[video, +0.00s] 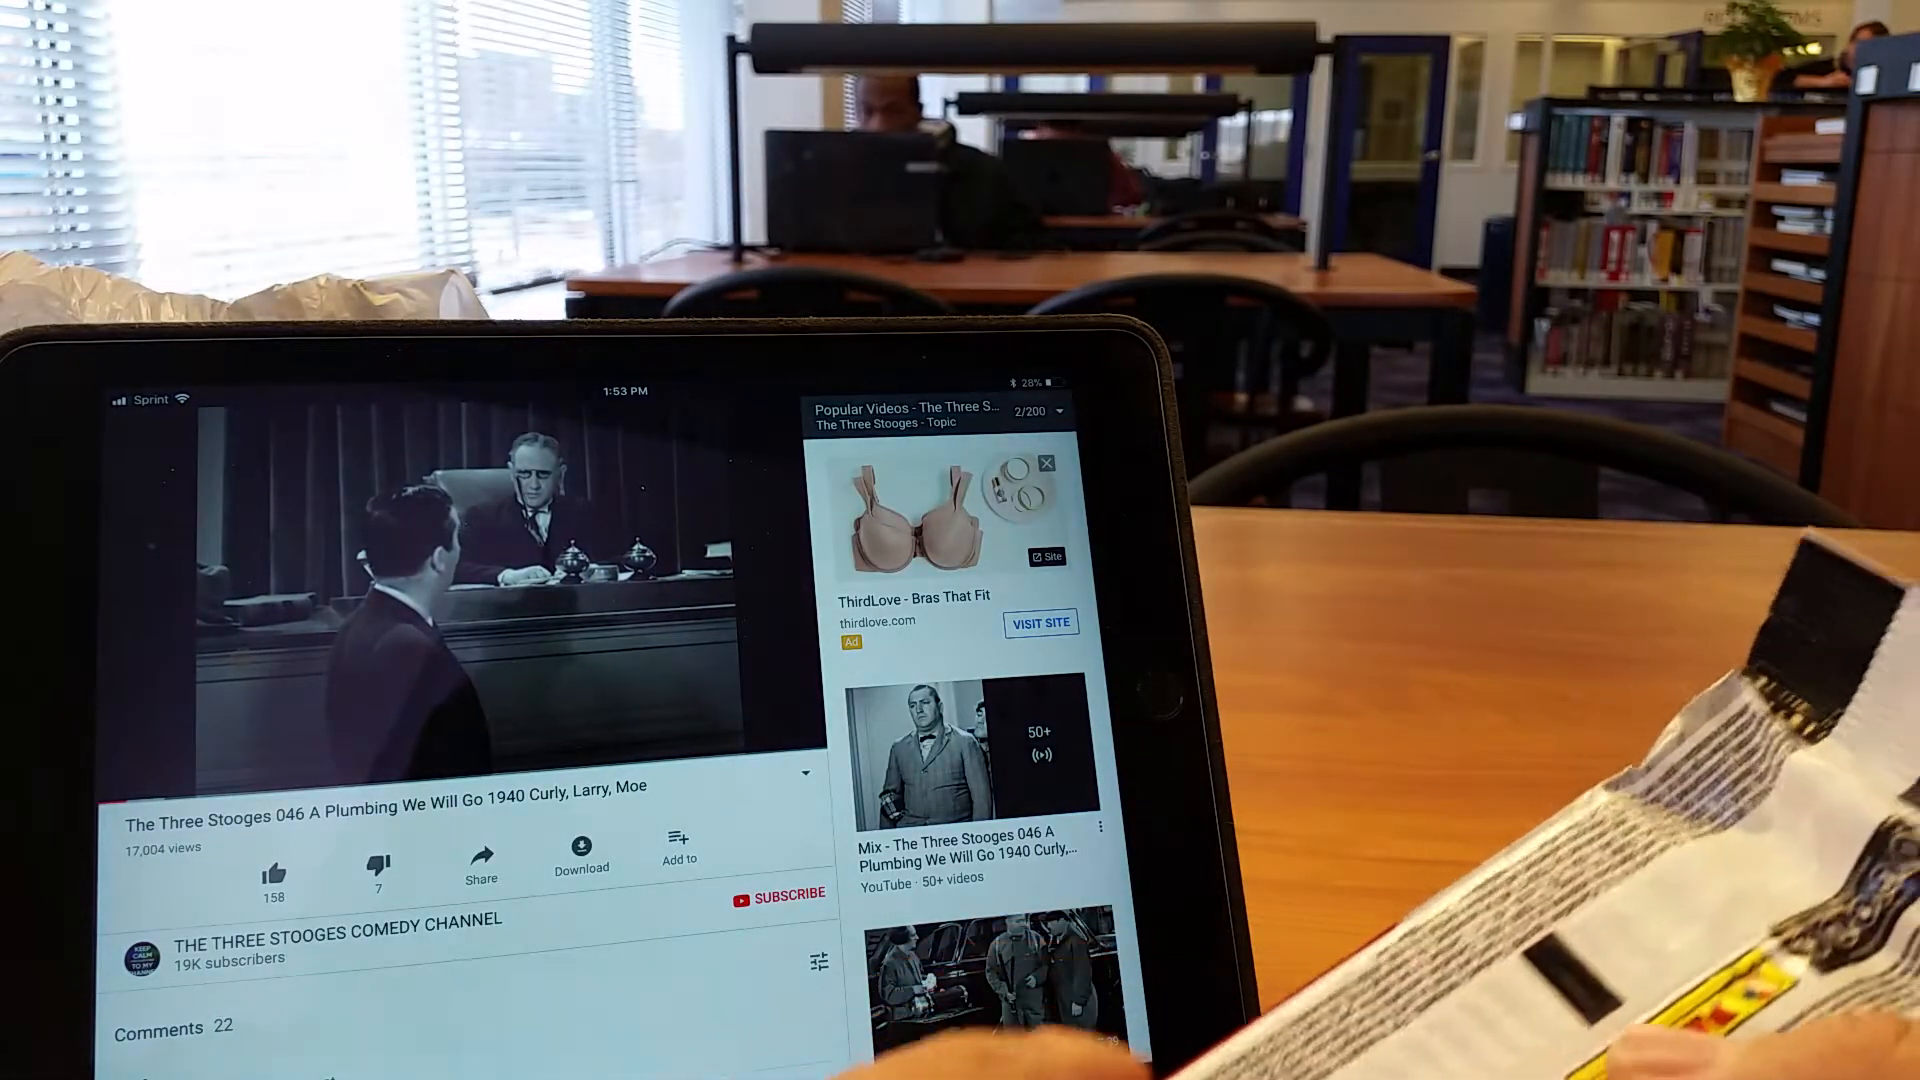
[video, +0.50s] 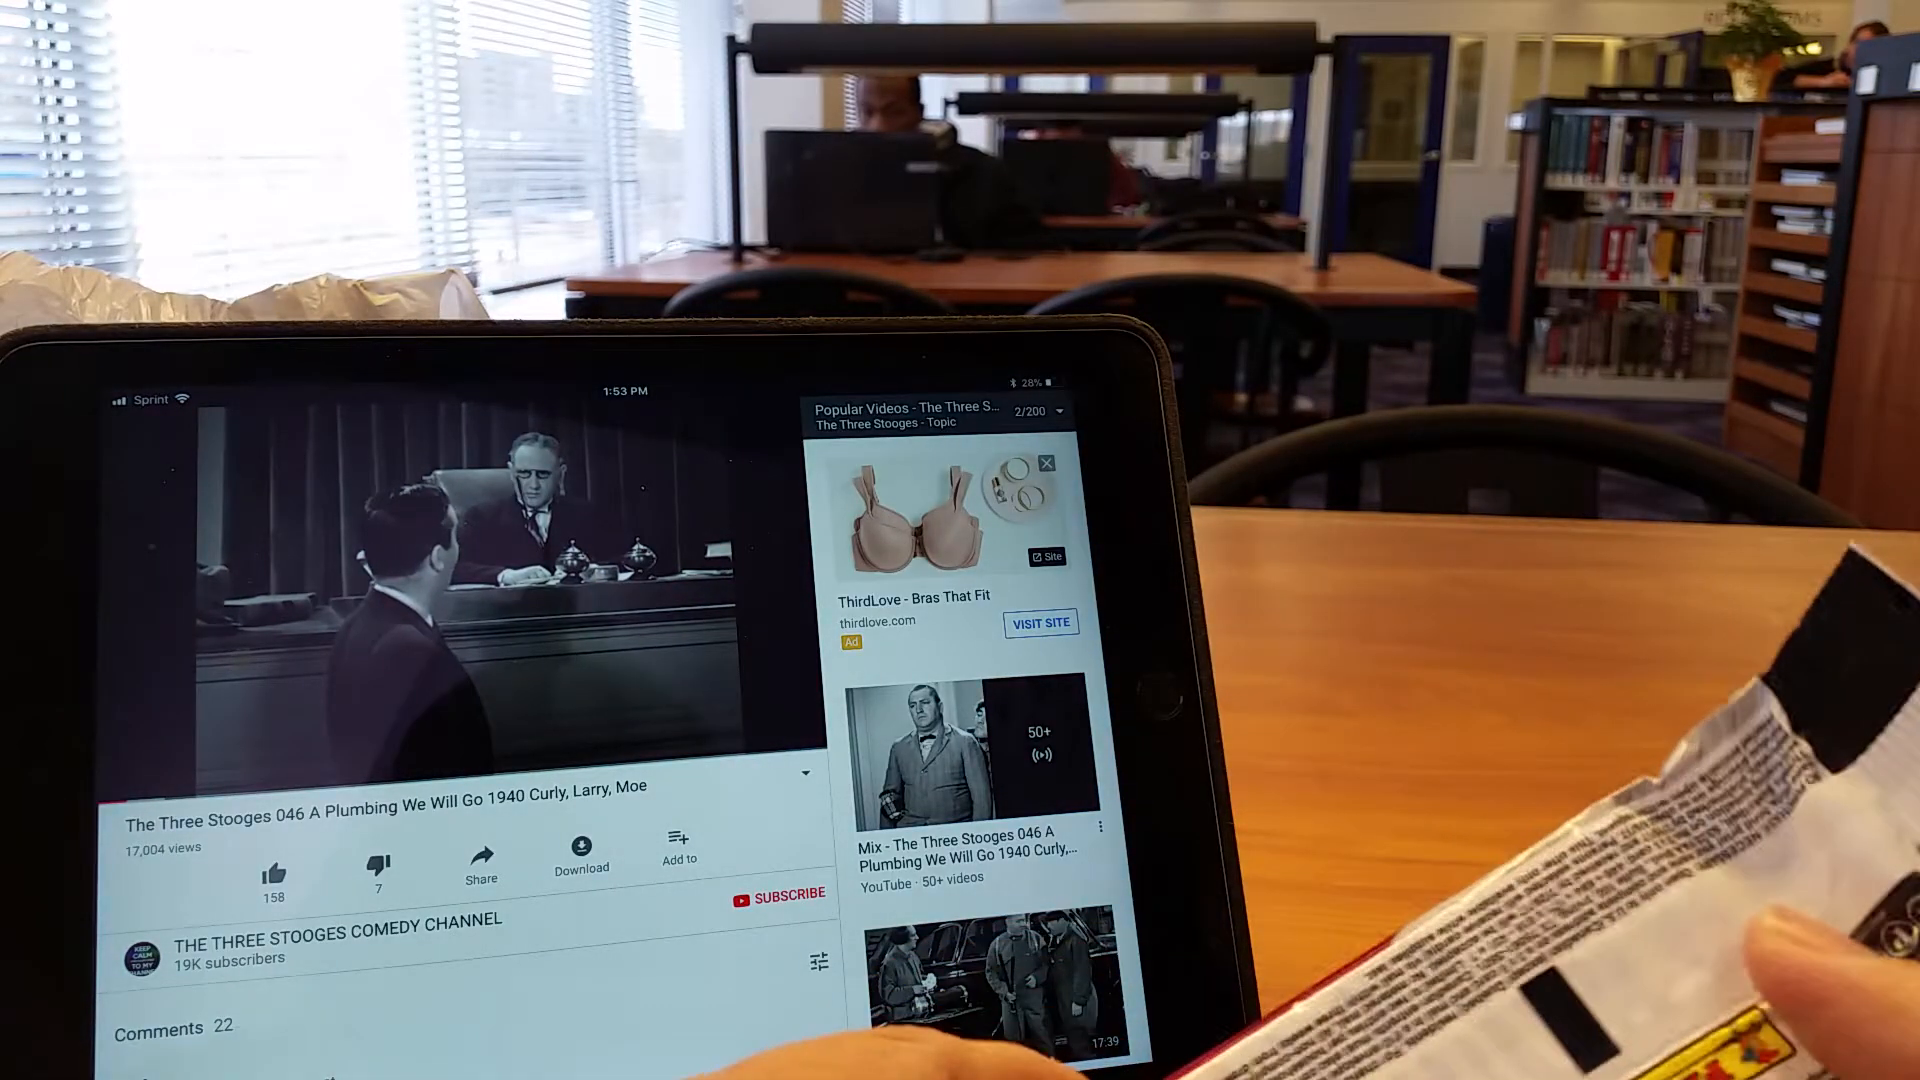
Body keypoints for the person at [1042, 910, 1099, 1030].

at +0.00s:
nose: (1049, 926)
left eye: (1052, 922)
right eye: (1047, 923)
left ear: (1062, 921)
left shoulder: (1076, 942)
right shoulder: (1057, 943)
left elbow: (1082, 972)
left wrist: (1079, 1001)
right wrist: (1036, 977)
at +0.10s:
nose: (1050, 928)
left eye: (1052, 924)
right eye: (1048, 925)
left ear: (1062, 922)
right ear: (1048, 926)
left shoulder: (1075, 940)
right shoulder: (1055, 942)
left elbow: (1083, 971)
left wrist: (1079, 1000)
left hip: (1076, 998)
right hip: (1063, 999)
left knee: (1081, 1043)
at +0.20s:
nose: (1049, 928)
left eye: (1052, 923)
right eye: (1047, 924)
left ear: (1062, 922)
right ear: (1047, 926)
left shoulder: (1075, 939)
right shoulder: (1054, 942)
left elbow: (1083, 971)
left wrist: (1079, 1000)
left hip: (1077, 998)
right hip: (1063, 999)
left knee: (1081, 1045)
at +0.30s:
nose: (1049, 928)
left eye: (1052, 923)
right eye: (1047, 924)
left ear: (1062, 922)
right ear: (1047, 926)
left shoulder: (1075, 939)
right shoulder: (1054, 942)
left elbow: (1083, 971)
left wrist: (1079, 1000)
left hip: (1077, 998)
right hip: (1063, 999)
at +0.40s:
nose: (1050, 927)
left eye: (1053, 922)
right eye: (1048, 923)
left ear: (1062, 921)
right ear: (1047, 925)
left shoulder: (1075, 940)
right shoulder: (1054, 942)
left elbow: (1083, 971)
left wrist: (1079, 1000)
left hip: (1077, 998)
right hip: (1063, 999)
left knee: (1081, 1041)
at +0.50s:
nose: (1050, 926)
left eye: (1052, 922)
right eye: (1048, 923)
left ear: (1062, 921)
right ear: (1047, 925)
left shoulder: (1075, 940)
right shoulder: (1054, 942)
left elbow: (1082, 971)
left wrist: (1079, 1000)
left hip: (1077, 998)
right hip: (1063, 999)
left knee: (1081, 1042)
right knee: (1073, 1041)